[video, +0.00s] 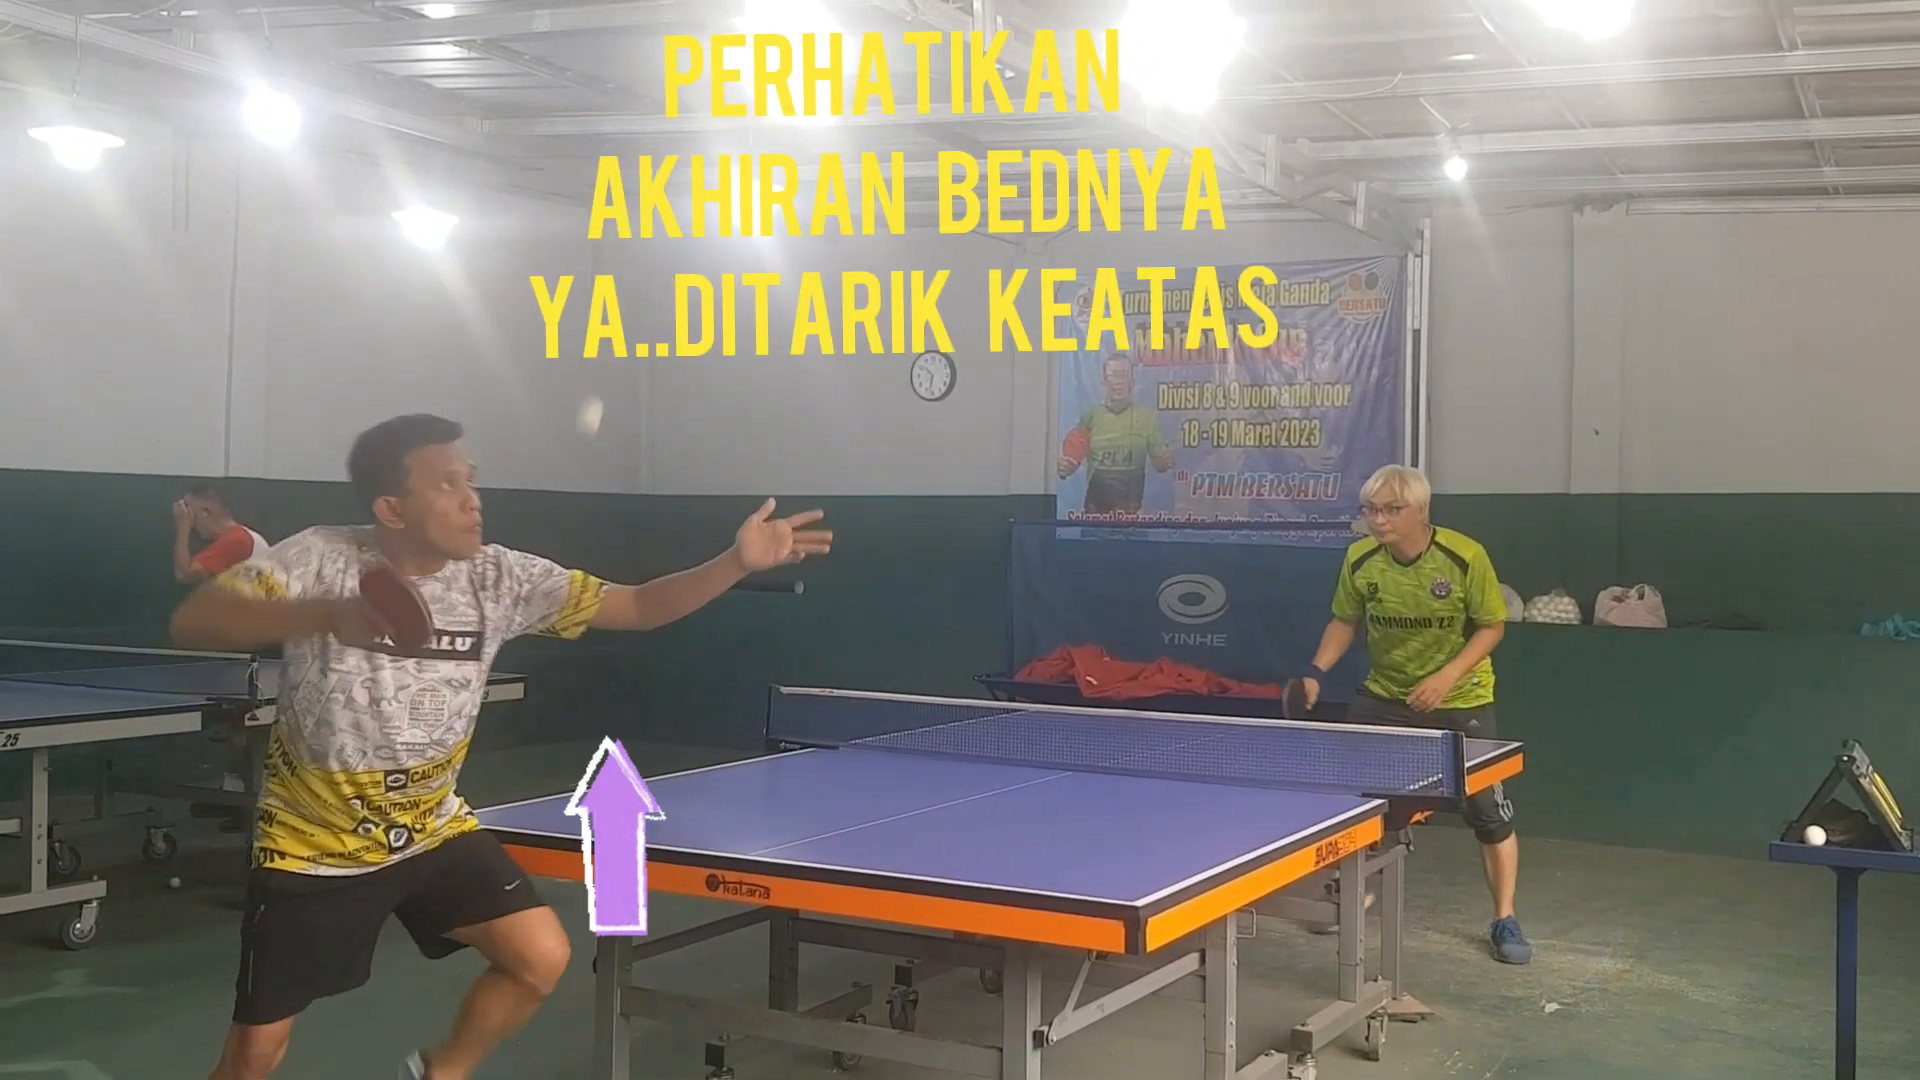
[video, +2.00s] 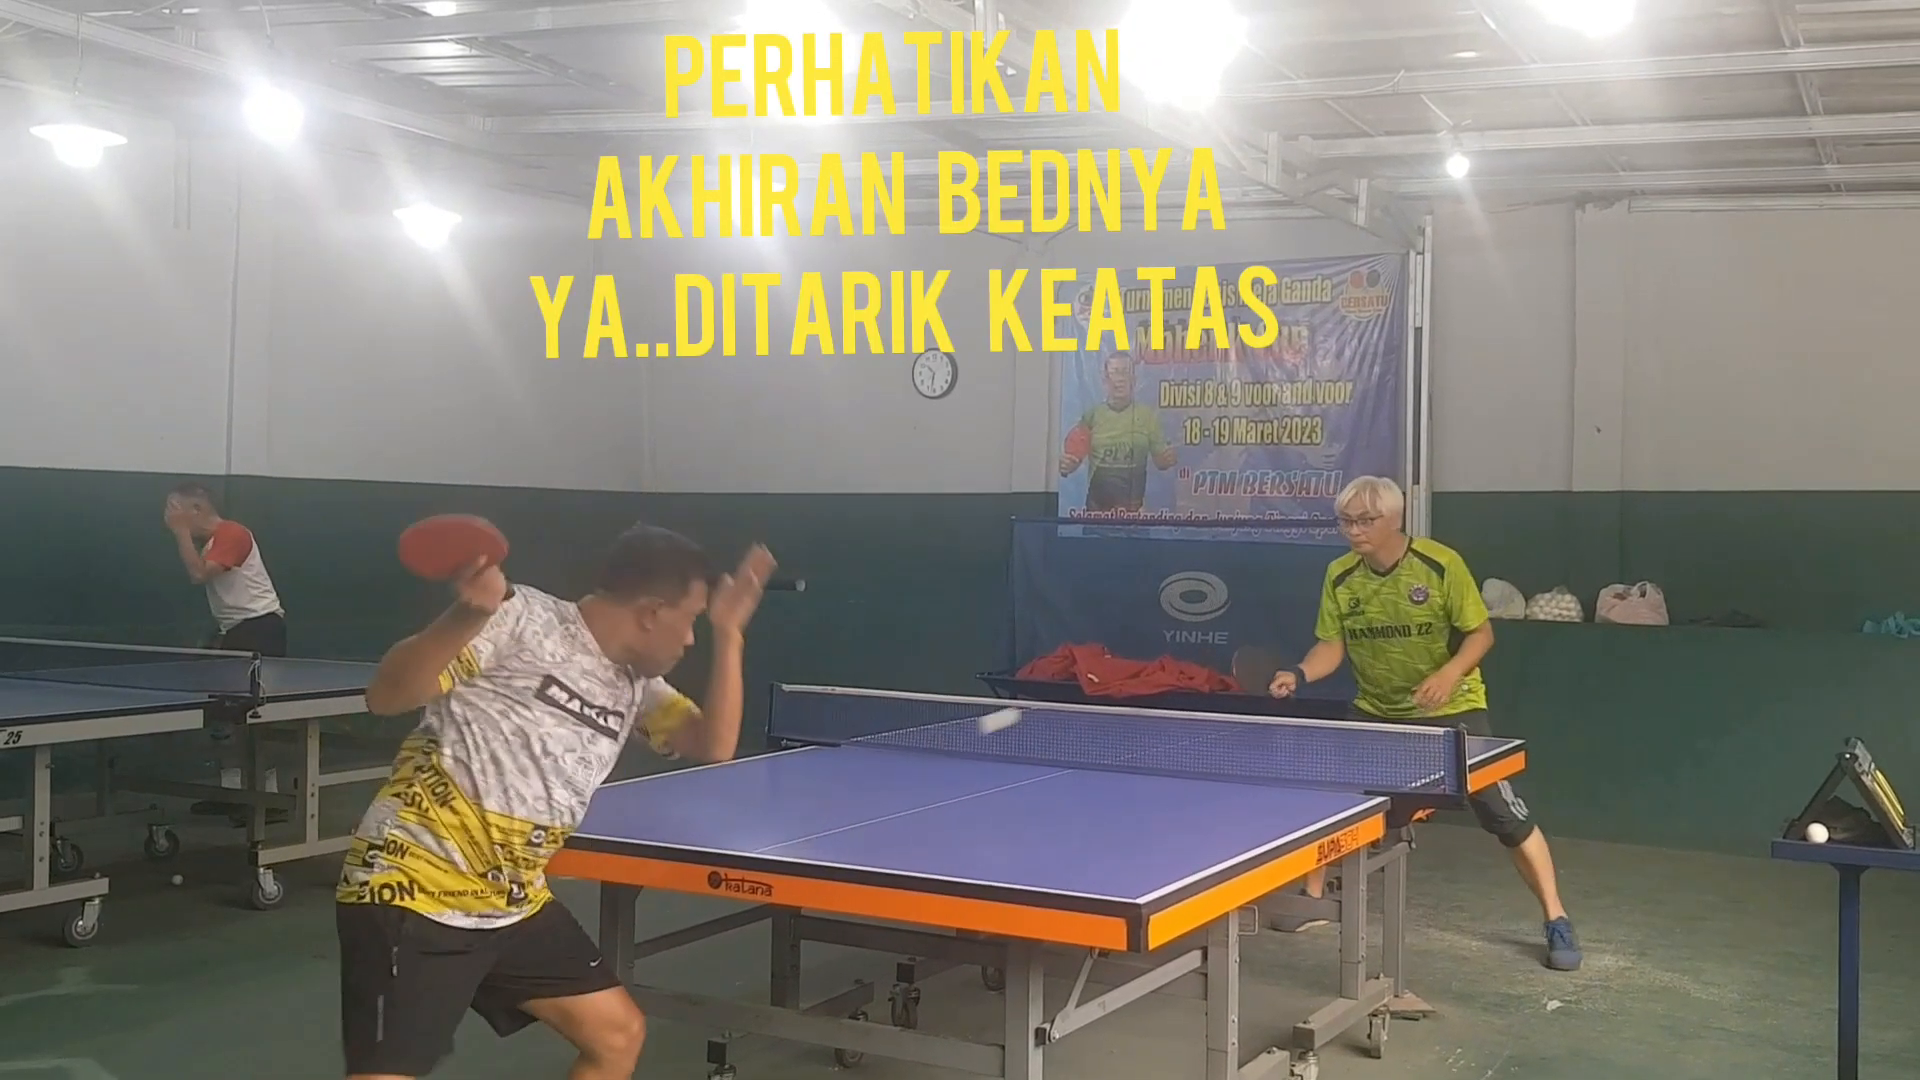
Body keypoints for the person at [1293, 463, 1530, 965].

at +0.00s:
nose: (1376, 518)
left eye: (1387, 509)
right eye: (1371, 509)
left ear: (1418, 511)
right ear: (1367, 514)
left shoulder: (1466, 558)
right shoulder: (1359, 561)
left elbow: (1492, 627)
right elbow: (1344, 621)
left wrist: (1446, 677)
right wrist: (1315, 674)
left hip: (1462, 700)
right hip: (1385, 695)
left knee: (1488, 804)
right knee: (1336, 775)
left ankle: (1506, 919)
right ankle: (1347, 891)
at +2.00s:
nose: (1352, 530)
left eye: (1362, 521)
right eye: (1346, 521)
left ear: (1392, 521)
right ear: (1343, 526)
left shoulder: (1440, 564)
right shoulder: (1340, 575)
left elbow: (1481, 633)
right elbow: (1330, 646)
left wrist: (1449, 675)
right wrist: (1298, 673)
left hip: (1451, 710)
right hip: (1375, 712)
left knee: (1501, 806)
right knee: (1319, 783)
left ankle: (1556, 918)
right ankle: (1313, 895)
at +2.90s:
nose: (1404, 529)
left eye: (1415, 518)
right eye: (1396, 520)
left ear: (1446, 518)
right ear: (1389, 523)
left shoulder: (1494, 560)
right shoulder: (1386, 574)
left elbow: (1532, 633)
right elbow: (1390, 648)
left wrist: (1493, 659)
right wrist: (1368, 670)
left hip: (1492, 718)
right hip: (1411, 717)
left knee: (1535, 822)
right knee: (1349, 794)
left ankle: (1575, 929)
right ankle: (1315, 893)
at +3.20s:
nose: (1428, 529)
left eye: (1439, 519)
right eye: (1421, 519)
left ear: (1468, 516)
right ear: (1414, 520)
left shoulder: (1518, 555)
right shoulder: (1407, 573)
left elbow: (1556, 626)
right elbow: (1424, 648)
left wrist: (1521, 652)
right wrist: (1411, 668)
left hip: (1511, 710)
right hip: (1433, 711)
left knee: (1546, 821)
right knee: (1366, 796)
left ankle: (1577, 931)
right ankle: (1318, 889)